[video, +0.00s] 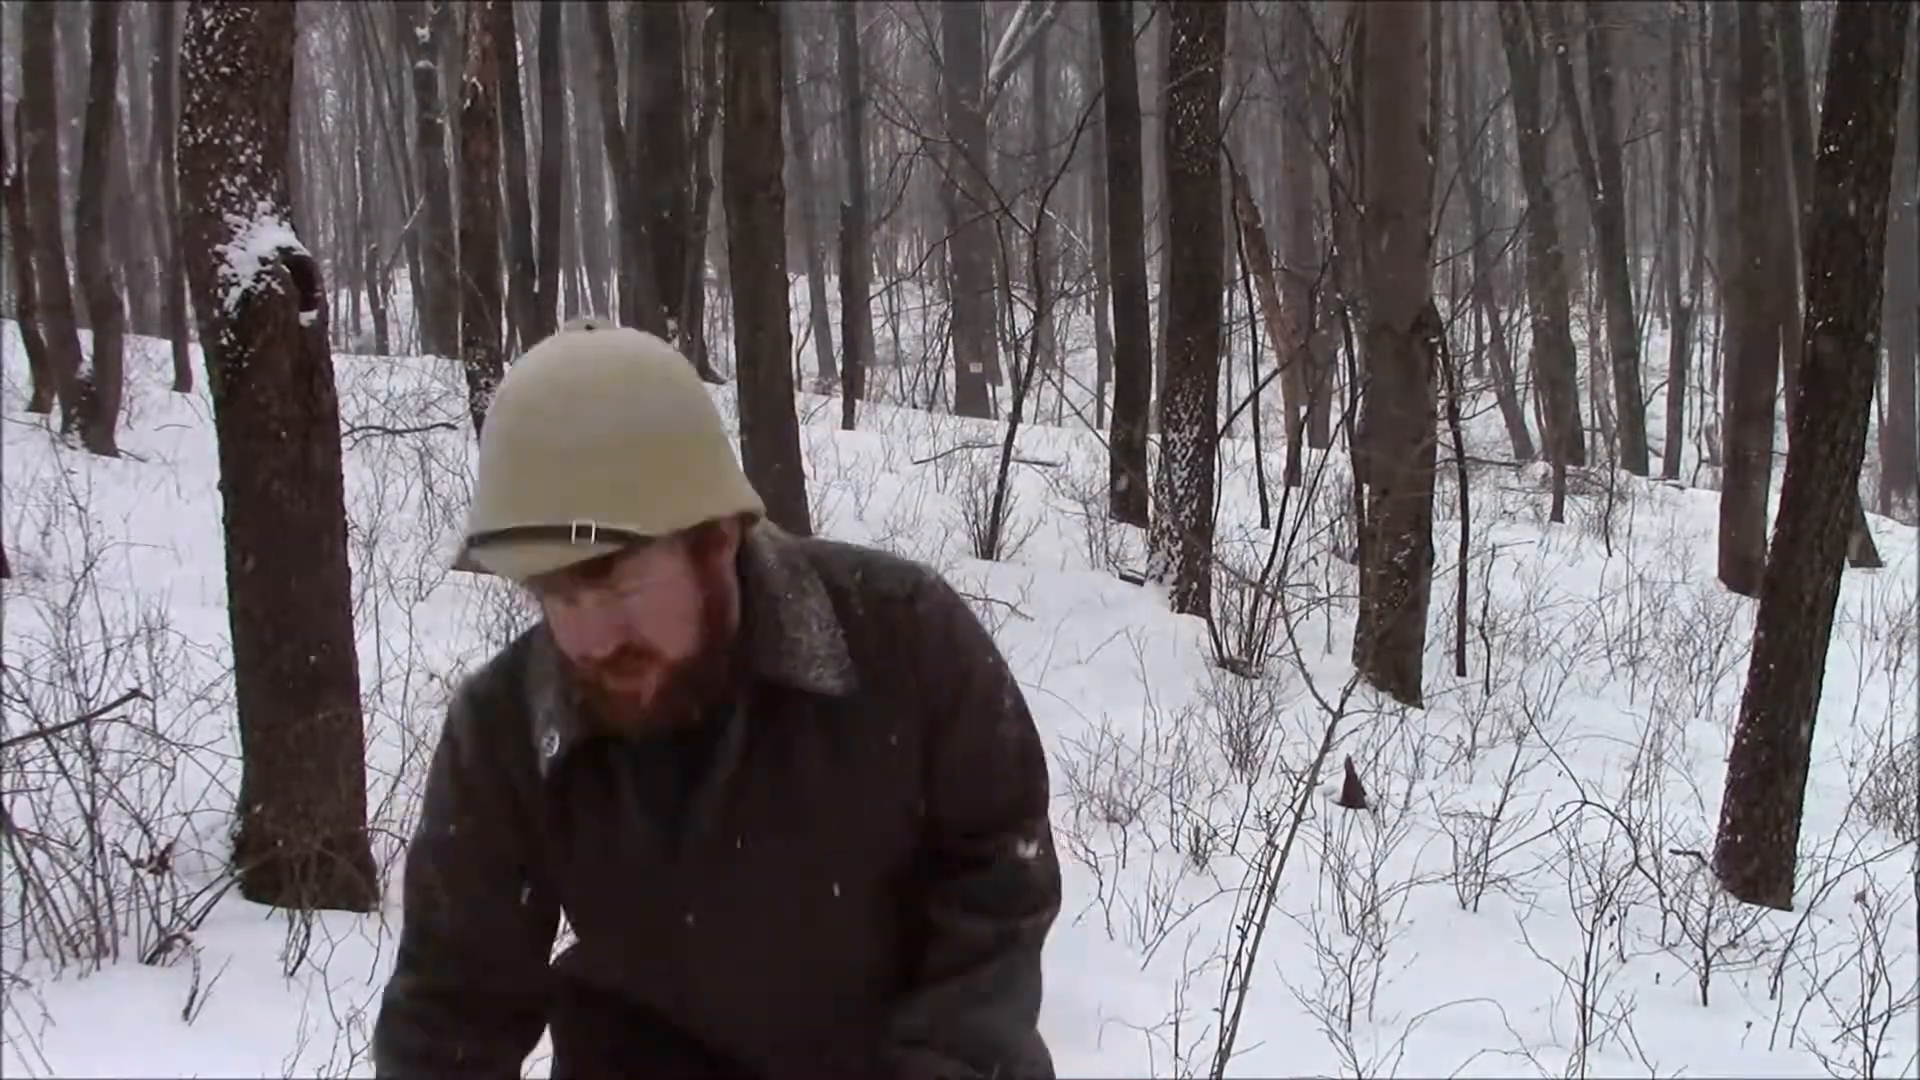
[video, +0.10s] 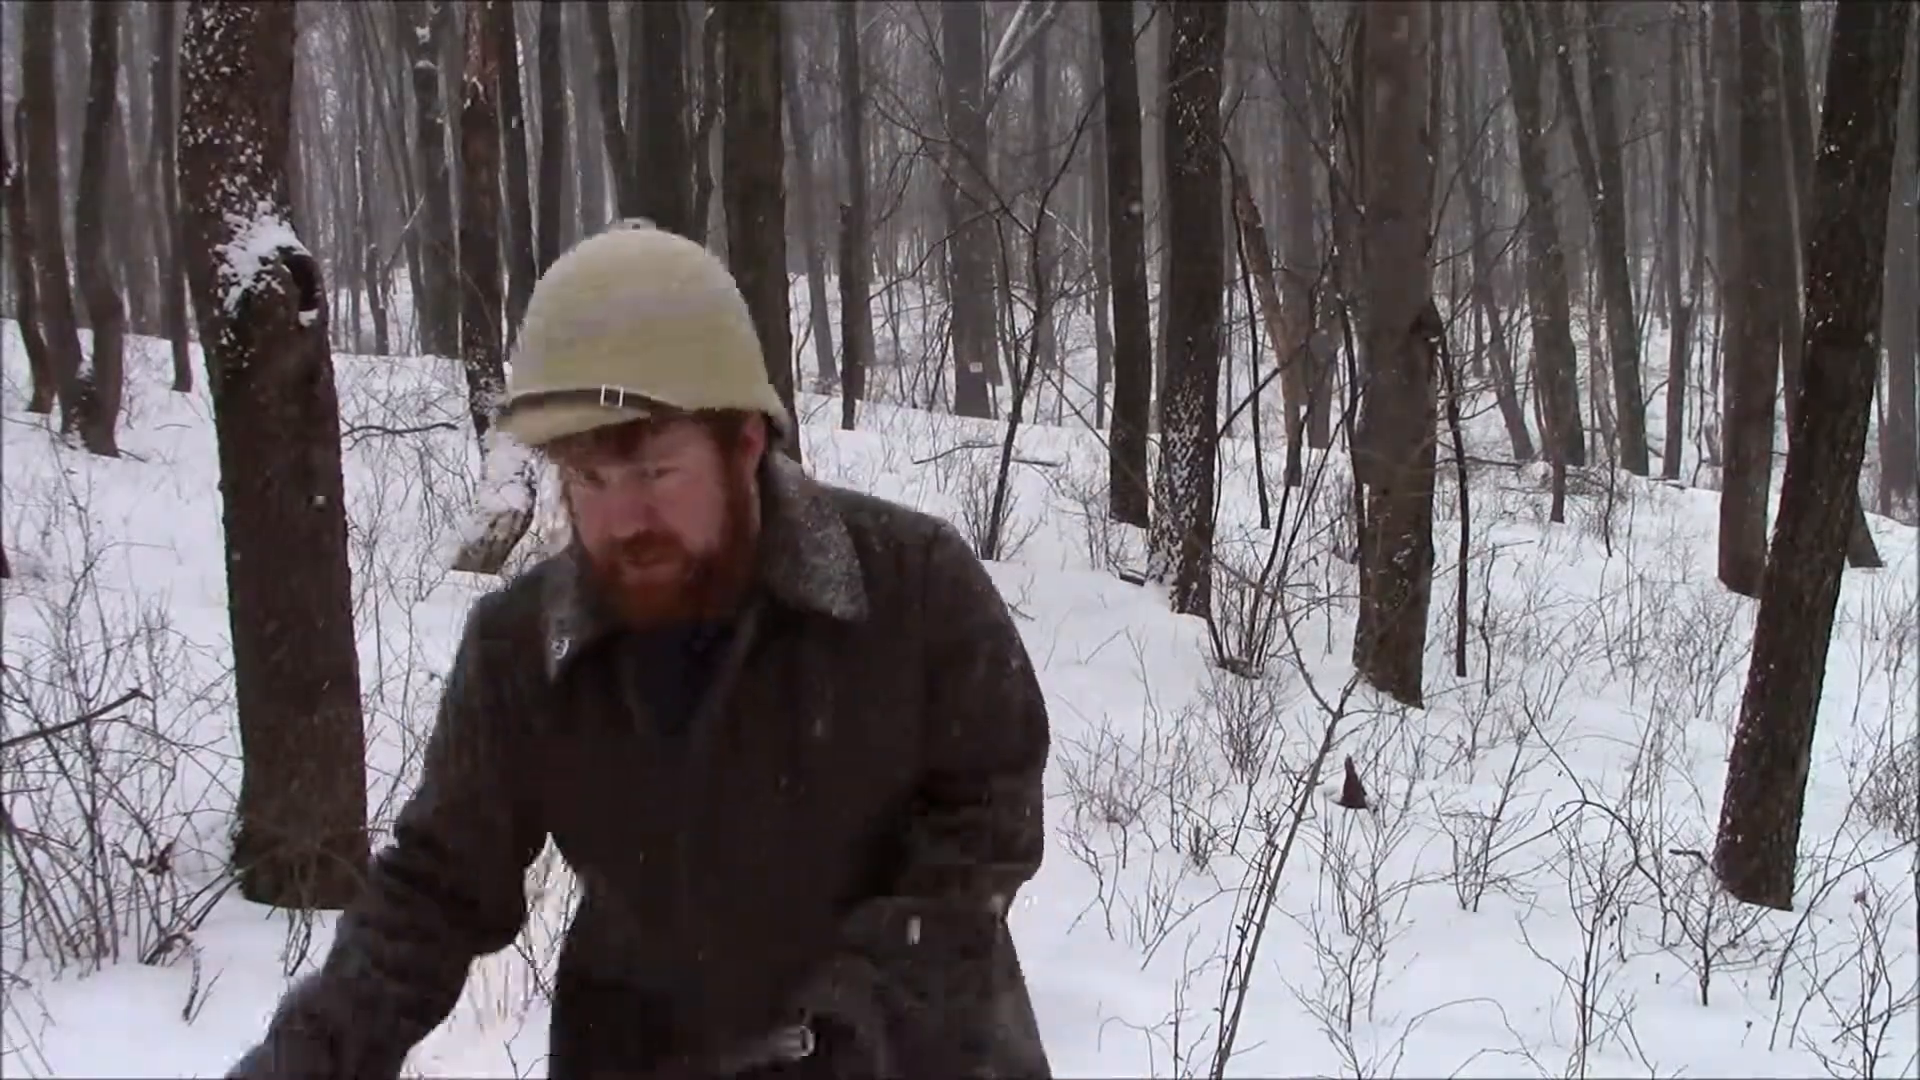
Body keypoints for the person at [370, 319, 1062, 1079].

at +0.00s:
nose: (586, 640)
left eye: (610, 580)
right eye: (550, 593)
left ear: (719, 534)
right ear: (523, 584)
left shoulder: (910, 640)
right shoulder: (504, 730)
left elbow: (998, 888)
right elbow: (453, 1012)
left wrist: (947, 1062)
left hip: (888, 1031)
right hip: (657, 1039)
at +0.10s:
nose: (619, 520)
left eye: (651, 465)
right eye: (583, 476)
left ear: (747, 439)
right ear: (555, 477)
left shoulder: (919, 588)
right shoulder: (520, 644)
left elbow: (986, 830)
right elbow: (435, 891)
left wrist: (835, 1025)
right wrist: (298, 1058)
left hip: (905, 1024)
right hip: (642, 1033)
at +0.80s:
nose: (788, 328)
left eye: (816, 289)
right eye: (766, 302)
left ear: (911, 293)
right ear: (749, 322)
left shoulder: (1074, 505)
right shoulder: (709, 527)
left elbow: (1170, 741)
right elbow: (655, 764)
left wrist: (1151, 906)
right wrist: (620, 936)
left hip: (1013, 1025)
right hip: (761, 1026)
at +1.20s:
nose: (854, 330)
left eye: (884, 293)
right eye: (832, 302)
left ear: (972, 302)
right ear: (812, 322)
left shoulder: (1115, 500)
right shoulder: (759, 516)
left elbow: (1219, 738)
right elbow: (702, 758)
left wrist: (1204, 896)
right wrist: (688, 940)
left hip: (1058, 1030)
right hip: (801, 1033)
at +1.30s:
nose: (854, 333)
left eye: (887, 297)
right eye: (834, 302)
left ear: (975, 305)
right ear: (814, 319)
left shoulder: (1115, 508)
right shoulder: (759, 513)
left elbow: (1212, 750)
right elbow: (695, 750)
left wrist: (1185, 911)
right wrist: (671, 932)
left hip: (1045, 1033)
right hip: (787, 1033)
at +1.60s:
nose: (789, 353)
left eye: (824, 313)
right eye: (769, 320)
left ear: (915, 331)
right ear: (745, 336)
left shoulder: (1039, 543)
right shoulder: (667, 531)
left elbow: (1113, 796)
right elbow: (592, 778)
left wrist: (1050, 968)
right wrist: (560, 978)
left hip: (934, 1042)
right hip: (674, 1044)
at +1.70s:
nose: (738, 363)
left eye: (774, 324)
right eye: (718, 329)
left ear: (864, 339)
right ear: (695, 343)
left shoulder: (991, 556)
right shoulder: (614, 540)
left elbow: (1068, 826)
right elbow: (539, 800)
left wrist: (1005, 985)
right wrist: (500, 1023)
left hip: (879, 1048)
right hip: (625, 1051)